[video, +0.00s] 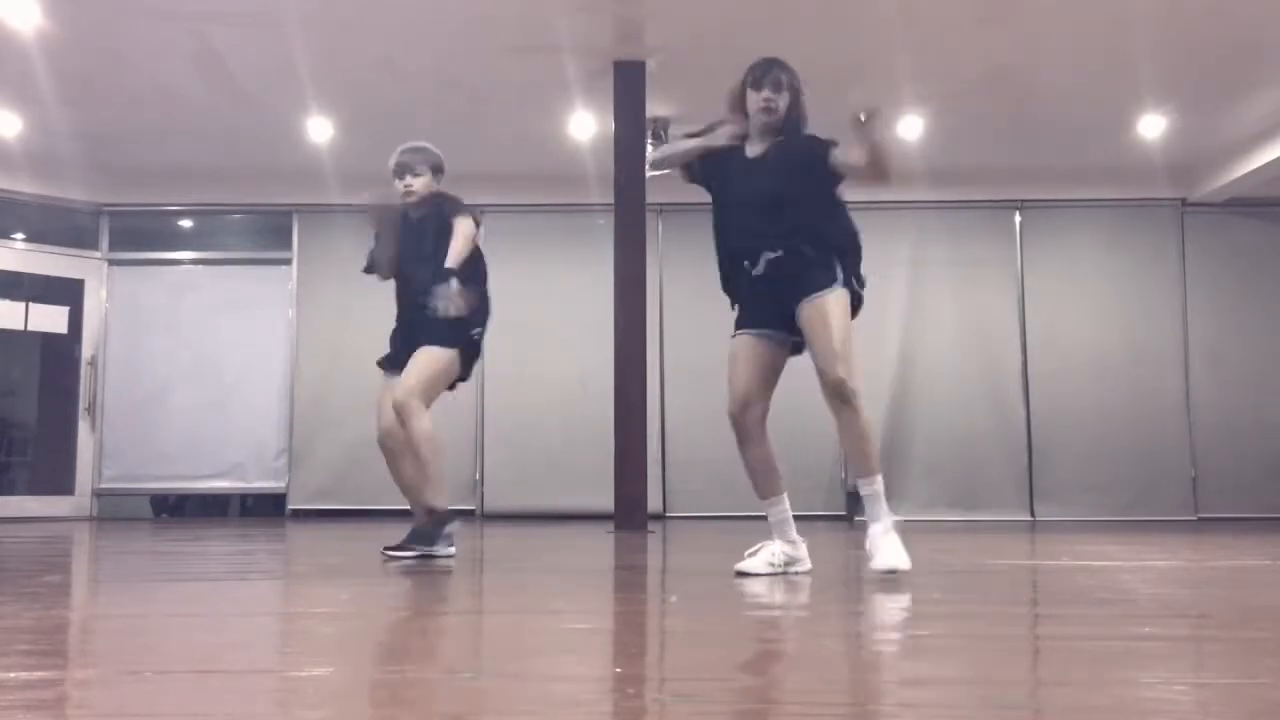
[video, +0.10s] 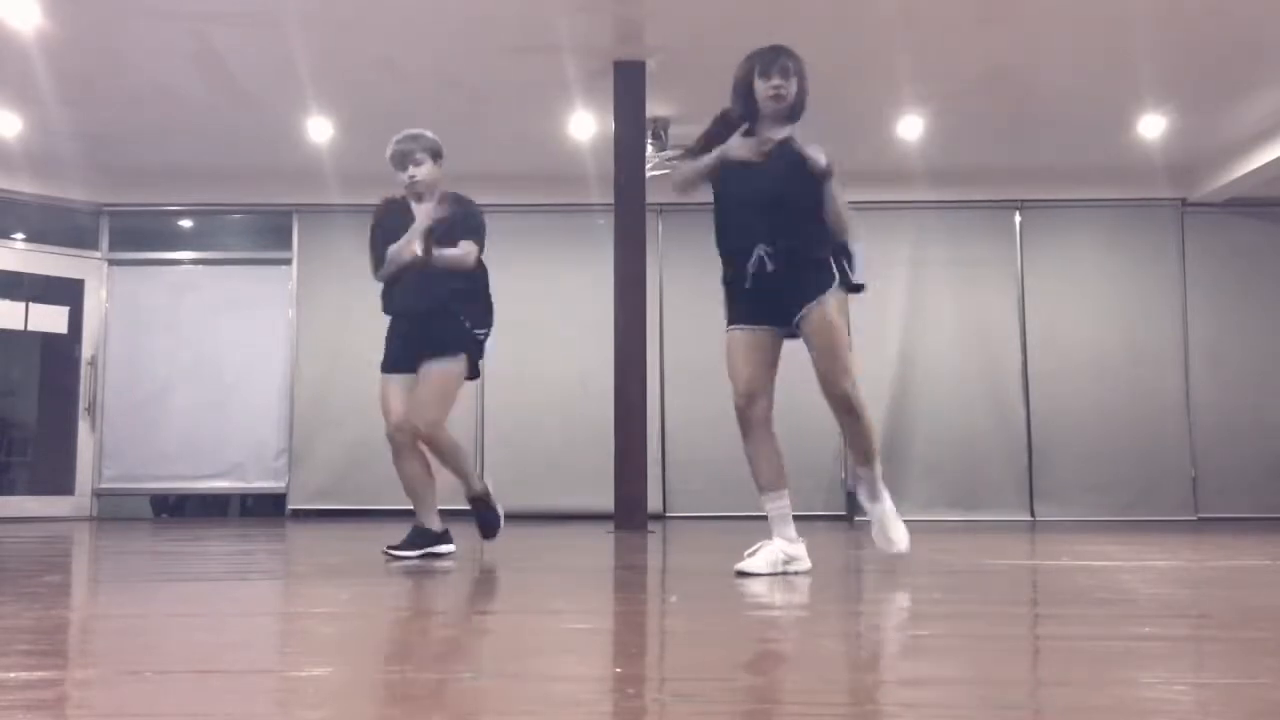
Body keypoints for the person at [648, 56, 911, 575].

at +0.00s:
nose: (768, 96)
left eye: (779, 90)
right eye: (760, 87)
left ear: (793, 101)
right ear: (743, 96)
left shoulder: (809, 150)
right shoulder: (720, 160)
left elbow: (876, 172)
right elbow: (656, 159)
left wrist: (870, 138)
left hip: (816, 277)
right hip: (759, 292)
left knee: (838, 383)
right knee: (744, 413)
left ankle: (880, 526)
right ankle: (786, 543)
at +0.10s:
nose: (778, 84)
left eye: (787, 76)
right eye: (768, 76)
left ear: (800, 87)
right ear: (749, 86)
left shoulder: (808, 155)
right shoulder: (725, 142)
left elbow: (842, 233)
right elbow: (678, 183)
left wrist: (824, 175)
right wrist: (722, 154)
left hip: (810, 281)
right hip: (748, 289)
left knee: (844, 393)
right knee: (750, 407)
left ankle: (875, 496)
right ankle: (785, 540)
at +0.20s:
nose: (779, 96)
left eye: (788, 87)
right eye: (770, 87)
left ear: (802, 95)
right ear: (754, 95)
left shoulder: (813, 162)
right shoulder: (736, 148)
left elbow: (826, 237)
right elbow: (727, 212)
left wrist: (817, 206)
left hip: (805, 284)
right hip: (743, 287)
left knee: (833, 404)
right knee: (749, 407)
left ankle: (836, 495)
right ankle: (777, 539)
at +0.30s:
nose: (776, 117)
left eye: (785, 108)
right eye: (766, 109)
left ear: (800, 114)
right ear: (753, 116)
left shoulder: (820, 161)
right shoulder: (738, 182)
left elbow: (848, 212)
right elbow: (712, 247)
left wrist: (822, 238)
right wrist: (728, 252)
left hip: (799, 304)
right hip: (743, 302)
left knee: (812, 425)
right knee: (743, 408)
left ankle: (786, 522)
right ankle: (761, 532)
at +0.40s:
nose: (773, 150)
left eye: (781, 140)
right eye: (763, 140)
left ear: (797, 146)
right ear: (748, 148)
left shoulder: (820, 198)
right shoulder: (738, 214)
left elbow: (846, 257)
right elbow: (699, 281)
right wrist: (736, 293)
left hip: (799, 328)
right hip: (744, 320)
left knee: (831, 455)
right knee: (748, 405)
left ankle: (774, 534)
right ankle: (749, 534)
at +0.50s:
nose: (776, 179)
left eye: (785, 170)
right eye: (767, 169)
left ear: (798, 178)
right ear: (752, 176)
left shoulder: (821, 233)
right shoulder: (736, 240)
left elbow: (851, 284)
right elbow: (695, 307)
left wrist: (845, 335)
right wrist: (737, 337)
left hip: (801, 361)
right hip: (748, 351)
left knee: (855, 469)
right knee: (745, 408)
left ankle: (777, 535)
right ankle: (750, 538)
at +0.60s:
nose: (787, 213)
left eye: (795, 202)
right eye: (776, 204)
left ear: (806, 207)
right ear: (760, 211)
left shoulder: (809, 257)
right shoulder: (757, 264)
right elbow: (710, 320)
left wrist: (804, 366)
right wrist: (748, 363)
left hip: (798, 386)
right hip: (755, 376)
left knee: (863, 469)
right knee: (755, 411)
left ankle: (777, 535)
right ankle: (733, 535)